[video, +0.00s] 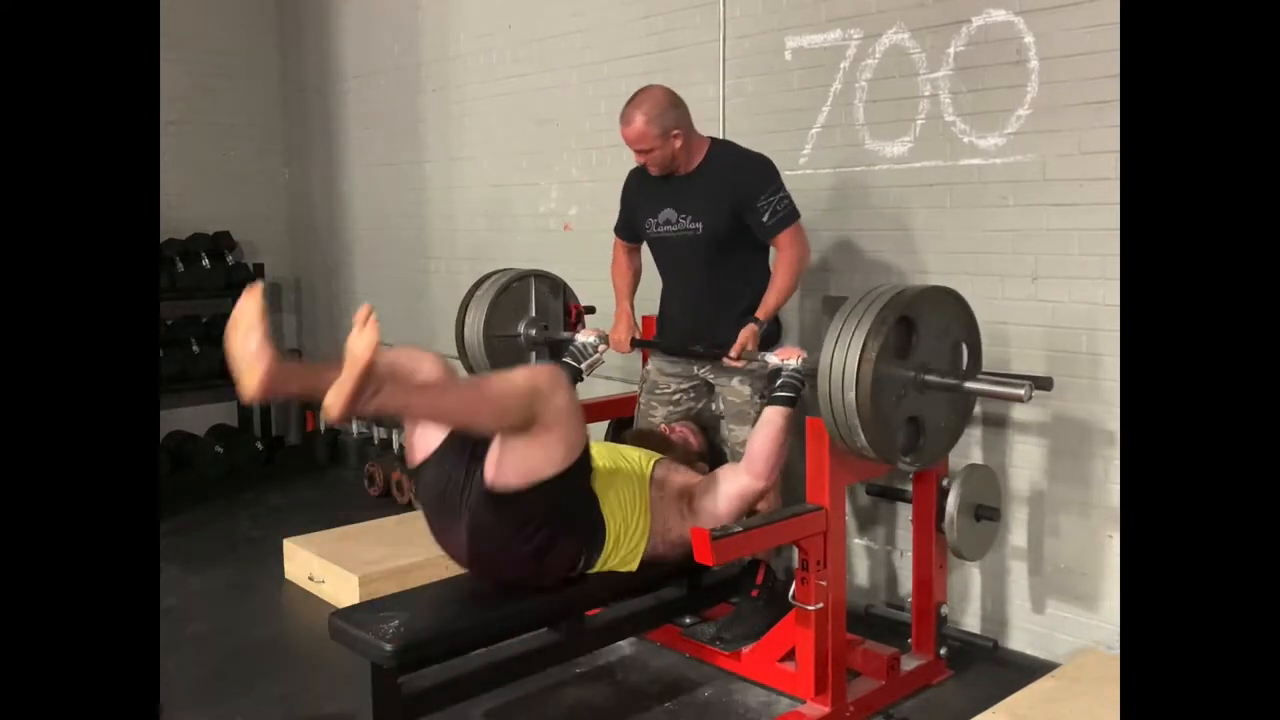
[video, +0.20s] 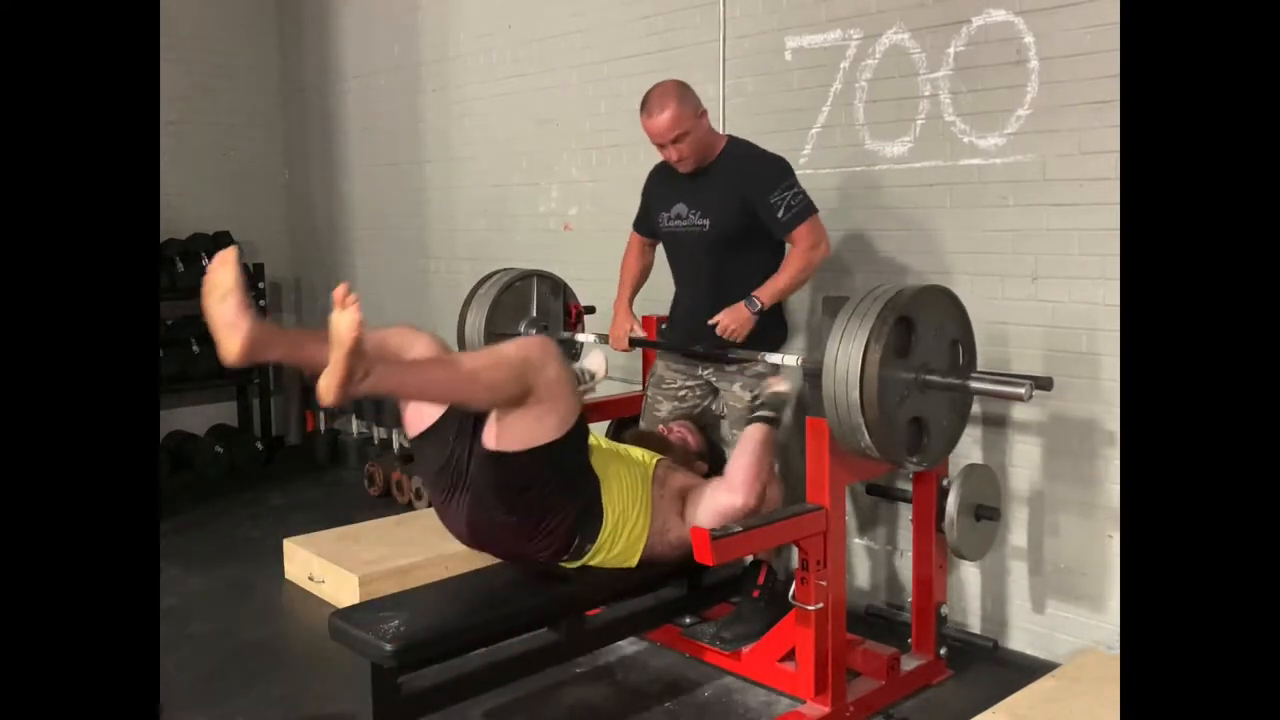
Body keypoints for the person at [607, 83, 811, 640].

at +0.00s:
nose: (638, 161)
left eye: (645, 150)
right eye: (634, 150)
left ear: (679, 136)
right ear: (654, 139)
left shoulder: (747, 172)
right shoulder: (641, 185)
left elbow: (793, 252)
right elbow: (626, 249)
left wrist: (760, 321)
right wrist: (624, 311)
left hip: (741, 358)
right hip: (671, 355)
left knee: (756, 478)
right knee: (656, 470)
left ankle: (770, 591)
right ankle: (687, 588)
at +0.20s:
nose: (668, 156)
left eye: (675, 142)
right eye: (659, 146)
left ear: (703, 119)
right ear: (650, 136)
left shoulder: (760, 171)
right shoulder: (662, 180)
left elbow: (813, 245)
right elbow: (641, 245)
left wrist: (755, 305)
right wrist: (622, 307)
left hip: (750, 357)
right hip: (679, 353)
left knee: (751, 471)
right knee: (662, 463)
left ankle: (767, 586)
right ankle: (684, 578)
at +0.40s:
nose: (683, 147)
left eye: (690, 132)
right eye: (671, 138)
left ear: (714, 113)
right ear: (661, 133)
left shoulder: (768, 169)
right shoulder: (669, 180)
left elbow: (810, 250)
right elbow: (646, 249)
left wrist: (771, 324)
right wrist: (623, 308)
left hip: (748, 355)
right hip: (684, 351)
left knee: (760, 471)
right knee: (682, 465)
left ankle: (771, 589)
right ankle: (689, 580)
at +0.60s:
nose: (677, 148)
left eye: (684, 132)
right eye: (665, 139)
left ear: (706, 114)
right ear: (654, 135)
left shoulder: (758, 170)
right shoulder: (660, 185)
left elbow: (788, 250)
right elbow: (633, 251)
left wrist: (764, 328)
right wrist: (616, 310)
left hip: (747, 353)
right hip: (684, 352)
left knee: (759, 471)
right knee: (673, 468)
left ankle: (773, 588)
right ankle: (665, 577)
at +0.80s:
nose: (668, 149)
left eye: (675, 135)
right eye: (657, 141)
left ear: (697, 119)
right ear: (646, 139)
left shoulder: (746, 174)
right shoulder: (650, 191)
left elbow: (773, 248)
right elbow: (623, 267)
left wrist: (761, 326)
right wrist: (622, 323)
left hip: (737, 352)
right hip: (675, 352)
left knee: (749, 464)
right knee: (656, 453)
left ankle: (770, 582)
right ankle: (667, 565)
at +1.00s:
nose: (671, 148)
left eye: (679, 134)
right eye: (660, 140)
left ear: (699, 124)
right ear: (649, 141)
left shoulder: (742, 180)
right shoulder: (649, 194)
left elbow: (767, 253)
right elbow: (624, 269)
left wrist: (763, 324)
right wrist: (628, 319)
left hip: (730, 357)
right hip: (667, 355)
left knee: (743, 466)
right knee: (645, 452)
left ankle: (766, 580)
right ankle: (665, 561)